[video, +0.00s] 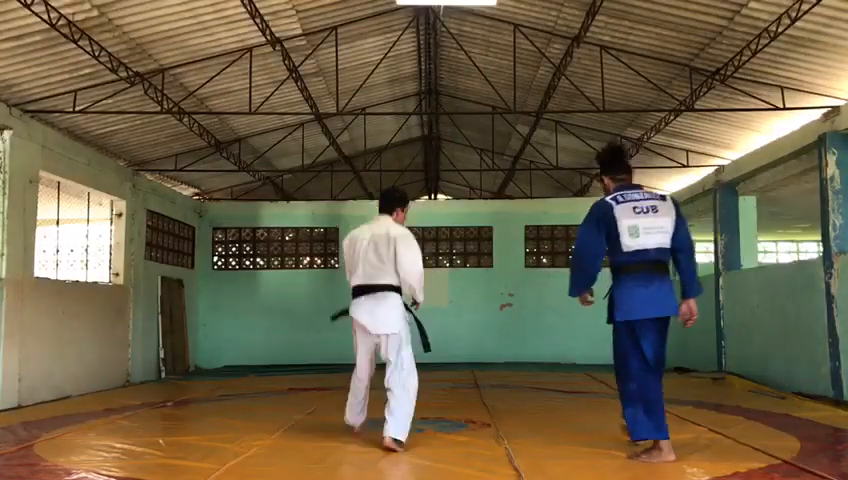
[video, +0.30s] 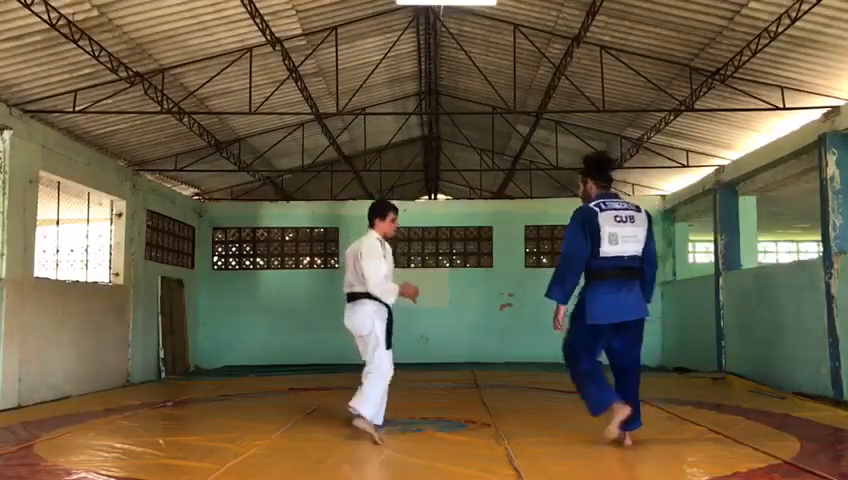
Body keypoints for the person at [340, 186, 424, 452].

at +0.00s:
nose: (406, 216)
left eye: (406, 212)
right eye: (406, 212)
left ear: (379, 210)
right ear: (399, 211)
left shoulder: (354, 236)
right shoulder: (400, 234)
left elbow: (350, 271)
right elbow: (411, 273)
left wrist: (361, 290)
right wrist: (416, 297)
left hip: (360, 304)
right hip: (389, 304)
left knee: (362, 365)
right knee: (401, 369)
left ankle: (354, 418)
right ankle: (394, 433)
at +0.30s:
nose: (395, 226)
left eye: (396, 221)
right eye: (392, 220)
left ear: (375, 222)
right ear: (379, 221)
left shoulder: (357, 245)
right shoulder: (372, 245)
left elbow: (366, 283)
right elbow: (376, 284)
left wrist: (396, 288)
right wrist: (401, 290)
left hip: (354, 307)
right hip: (370, 307)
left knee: (375, 363)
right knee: (382, 365)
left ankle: (367, 412)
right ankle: (364, 416)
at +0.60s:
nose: (380, 211)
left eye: (379, 207)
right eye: (376, 207)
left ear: (367, 210)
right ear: (363, 210)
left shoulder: (369, 233)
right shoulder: (356, 232)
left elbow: (364, 264)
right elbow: (357, 266)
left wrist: (385, 271)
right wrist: (384, 271)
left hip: (364, 296)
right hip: (355, 297)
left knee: (359, 351)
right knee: (360, 352)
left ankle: (347, 405)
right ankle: (342, 407)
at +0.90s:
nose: (369, 229)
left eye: (369, 225)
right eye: (365, 225)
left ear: (359, 227)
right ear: (353, 228)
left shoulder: (367, 250)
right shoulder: (341, 251)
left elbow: (362, 276)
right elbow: (340, 282)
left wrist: (376, 278)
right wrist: (369, 282)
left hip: (356, 305)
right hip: (342, 306)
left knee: (344, 351)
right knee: (352, 351)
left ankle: (331, 392)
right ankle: (333, 402)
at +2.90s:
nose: (374, 237)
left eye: (373, 233)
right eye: (369, 233)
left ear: (363, 237)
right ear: (357, 237)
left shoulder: (369, 259)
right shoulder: (352, 259)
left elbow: (385, 281)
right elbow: (358, 276)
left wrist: (400, 268)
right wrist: (380, 269)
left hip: (369, 312)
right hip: (357, 313)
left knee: (382, 355)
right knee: (373, 359)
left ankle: (385, 392)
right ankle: (350, 404)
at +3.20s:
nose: (361, 225)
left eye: (361, 221)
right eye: (357, 221)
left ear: (355, 224)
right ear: (344, 224)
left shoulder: (357, 247)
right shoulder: (334, 247)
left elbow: (358, 275)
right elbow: (332, 278)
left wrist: (372, 282)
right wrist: (359, 275)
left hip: (355, 304)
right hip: (342, 304)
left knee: (341, 352)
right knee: (350, 353)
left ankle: (311, 385)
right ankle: (334, 402)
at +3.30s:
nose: (356, 231)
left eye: (356, 227)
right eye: (352, 227)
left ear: (347, 230)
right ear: (340, 229)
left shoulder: (353, 253)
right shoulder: (330, 253)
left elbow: (349, 282)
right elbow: (329, 285)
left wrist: (363, 291)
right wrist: (357, 287)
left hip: (348, 308)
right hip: (336, 308)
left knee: (334, 355)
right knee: (347, 358)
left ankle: (297, 390)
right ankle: (333, 407)